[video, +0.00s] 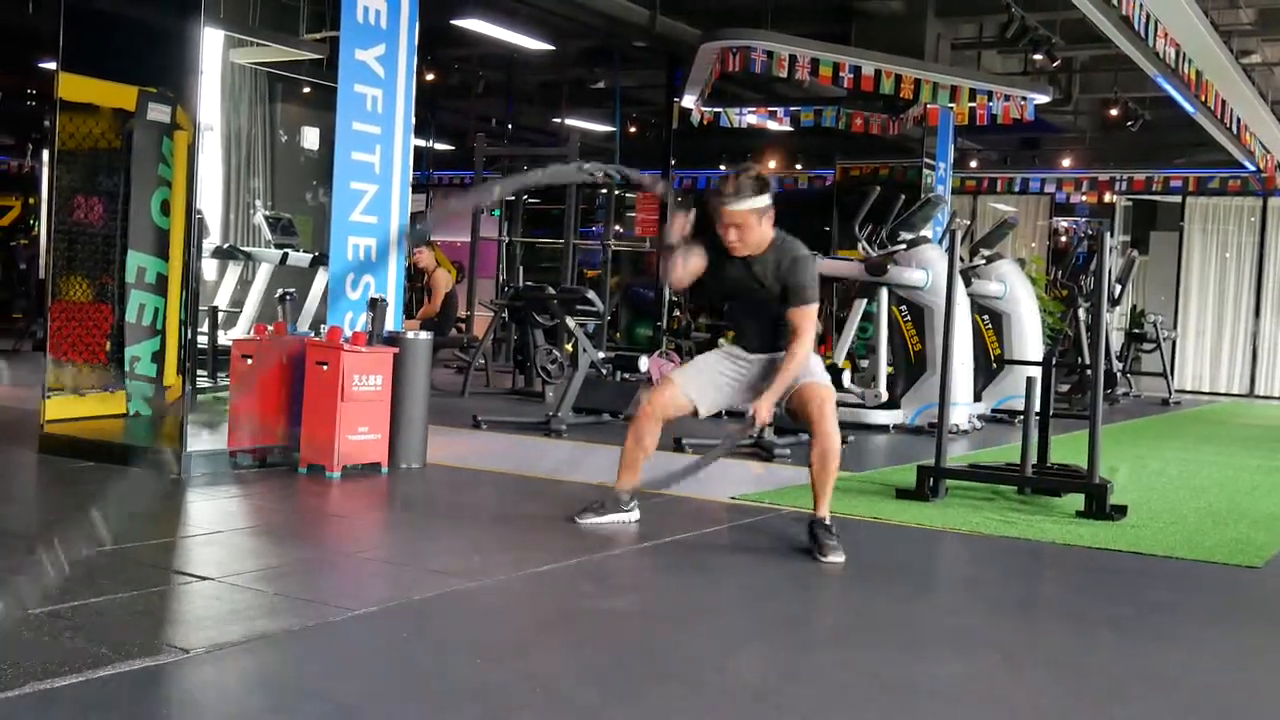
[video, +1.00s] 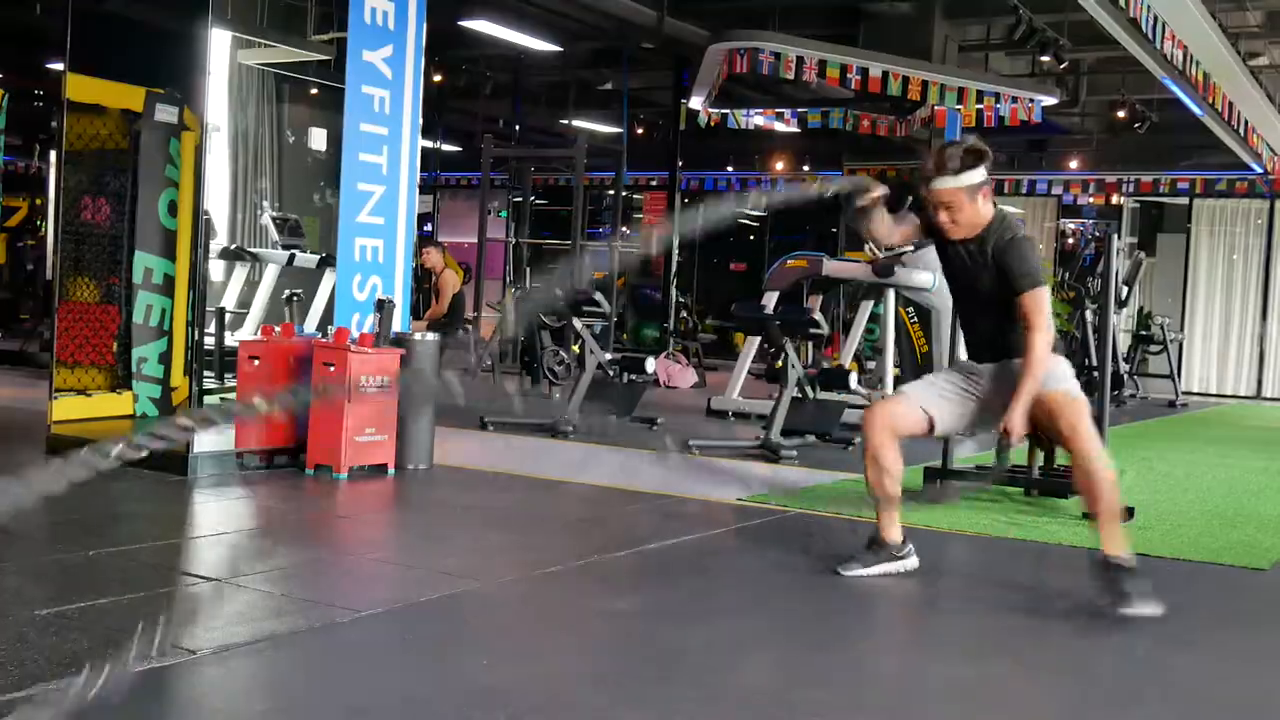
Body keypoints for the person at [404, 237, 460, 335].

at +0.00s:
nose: (416, 257)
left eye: (420, 253)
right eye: (414, 254)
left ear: (432, 253)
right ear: (412, 258)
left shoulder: (439, 275)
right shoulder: (428, 276)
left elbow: (434, 308)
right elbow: (426, 304)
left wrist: (417, 321)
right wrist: (416, 321)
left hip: (441, 326)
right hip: (433, 322)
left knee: (399, 324)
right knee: (398, 323)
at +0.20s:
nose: (419, 257)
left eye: (423, 253)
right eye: (417, 254)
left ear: (435, 254)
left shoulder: (442, 275)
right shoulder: (431, 277)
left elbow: (438, 308)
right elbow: (429, 305)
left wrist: (420, 320)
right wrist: (419, 321)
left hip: (444, 326)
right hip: (436, 323)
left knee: (402, 325)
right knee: (402, 323)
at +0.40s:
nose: (421, 258)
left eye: (425, 253)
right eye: (419, 254)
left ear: (437, 253)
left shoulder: (445, 275)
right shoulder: (433, 277)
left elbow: (440, 308)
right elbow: (431, 305)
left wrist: (422, 320)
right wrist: (421, 322)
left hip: (445, 328)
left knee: (404, 326)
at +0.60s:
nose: (423, 256)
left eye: (428, 252)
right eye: (422, 254)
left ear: (440, 254)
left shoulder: (446, 275)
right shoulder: (435, 276)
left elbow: (442, 308)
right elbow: (433, 306)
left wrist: (424, 322)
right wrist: (423, 322)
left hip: (447, 327)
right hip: (440, 323)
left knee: (407, 326)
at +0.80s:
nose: (424, 256)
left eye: (428, 252)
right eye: (423, 254)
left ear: (441, 254)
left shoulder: (447, 275)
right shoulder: (436, 277)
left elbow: (443, 308)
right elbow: (434, 306)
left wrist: (424, 321)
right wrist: (424, 322)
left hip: (448, 327)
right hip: (441, 324)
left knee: (407, 326)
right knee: (406, 324)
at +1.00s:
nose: (423, 257)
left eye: (428, 253)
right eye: (423, 254)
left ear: (440, 255)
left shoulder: (447, 275)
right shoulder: (436, 278)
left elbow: (442, 309)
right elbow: (434, 306)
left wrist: (425, 321)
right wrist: (424, 322)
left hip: (451, 327)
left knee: (408, 326)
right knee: (408, 324)